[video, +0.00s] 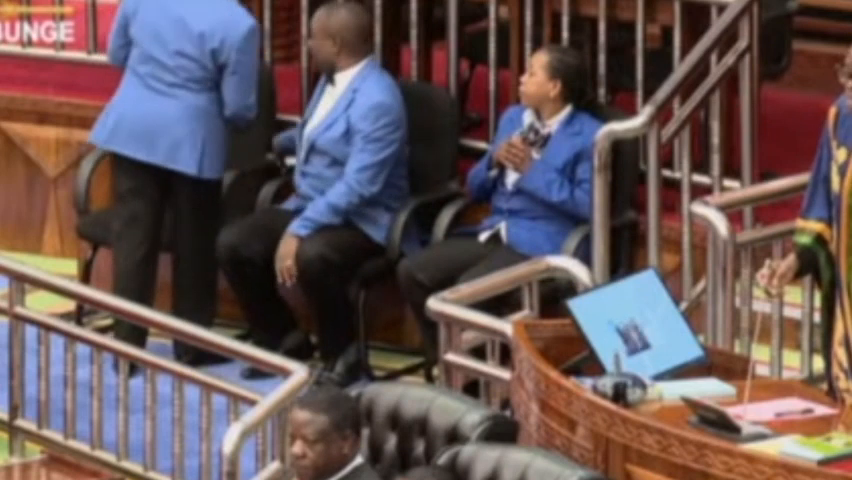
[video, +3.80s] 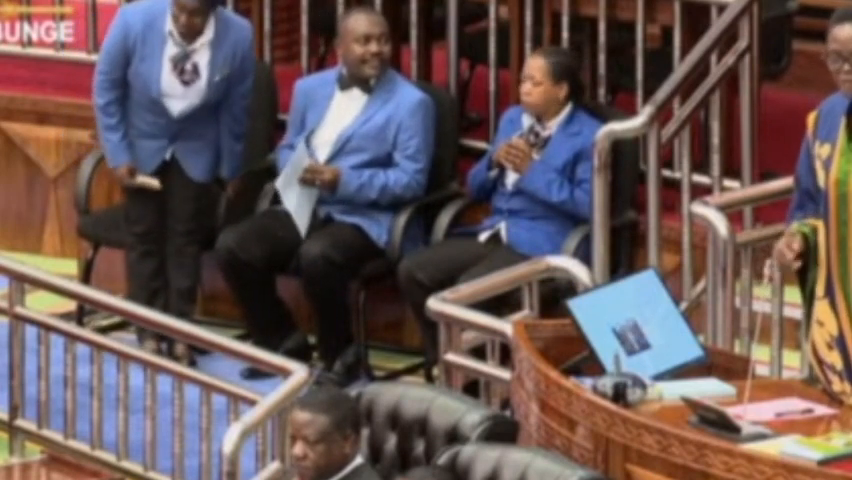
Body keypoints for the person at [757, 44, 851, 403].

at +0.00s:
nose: (844, 73)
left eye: (847, 66)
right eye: (843, 66)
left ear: (847, 73)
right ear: (838, 71)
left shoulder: (838, 116)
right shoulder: (839, 115)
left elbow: (821, 195)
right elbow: (822, 195)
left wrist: (798, 258)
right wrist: (798, 257)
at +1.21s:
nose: (844, 69)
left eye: (849, 62)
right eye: (843, 61)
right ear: (839, 61)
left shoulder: (840, 114)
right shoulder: (839, 113)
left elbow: (819, 203)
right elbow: (821, 201)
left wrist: (797, 259)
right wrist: (796, 260)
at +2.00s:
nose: (844, 75)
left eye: (849, 65)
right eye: (839, 65)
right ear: (829, 67)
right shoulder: (834, 117)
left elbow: (820, 201)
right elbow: (819, 199)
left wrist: (798, 235)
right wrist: (796, 237)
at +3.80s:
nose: (844, 69)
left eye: (849, 58)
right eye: (837, 58)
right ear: (825, 58)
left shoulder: (830, 119)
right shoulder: (824, 119)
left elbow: (806, 204)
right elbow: (807, 203)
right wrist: (795, 237)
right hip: (830, 325)